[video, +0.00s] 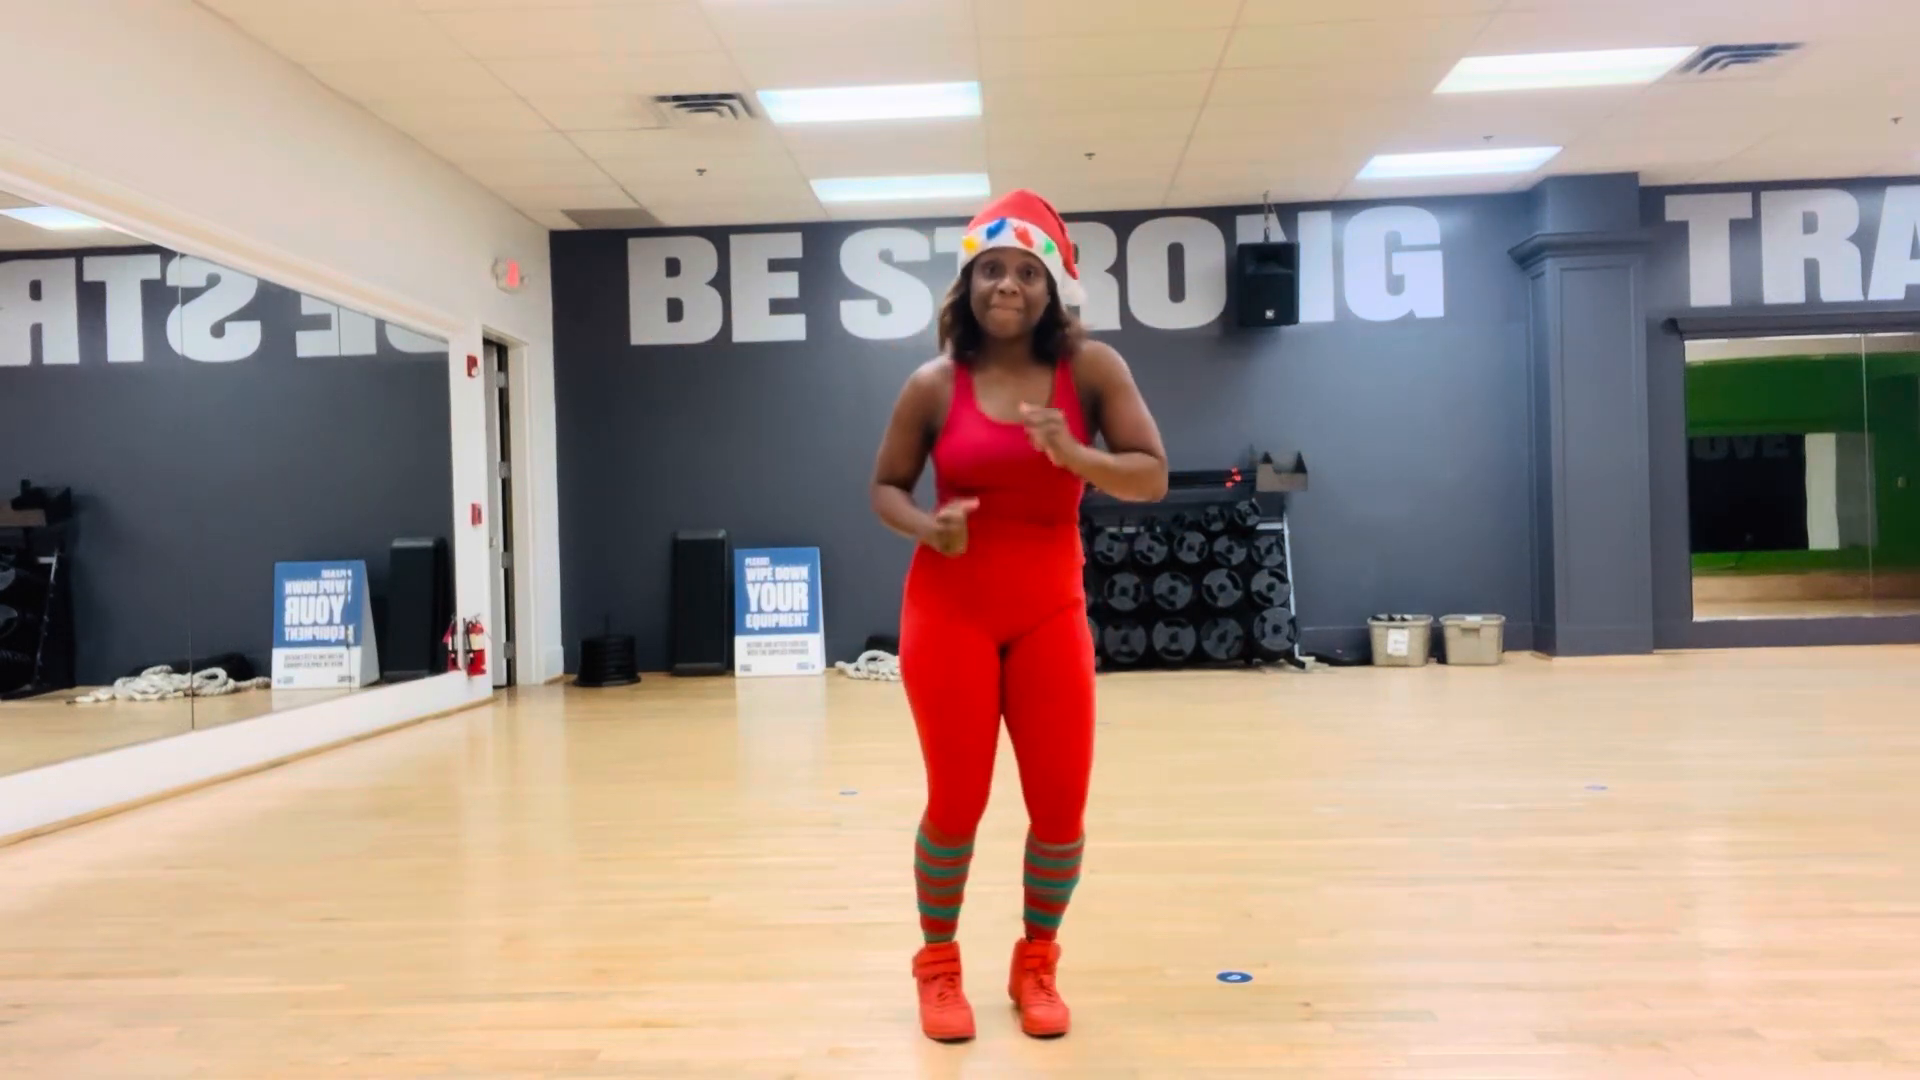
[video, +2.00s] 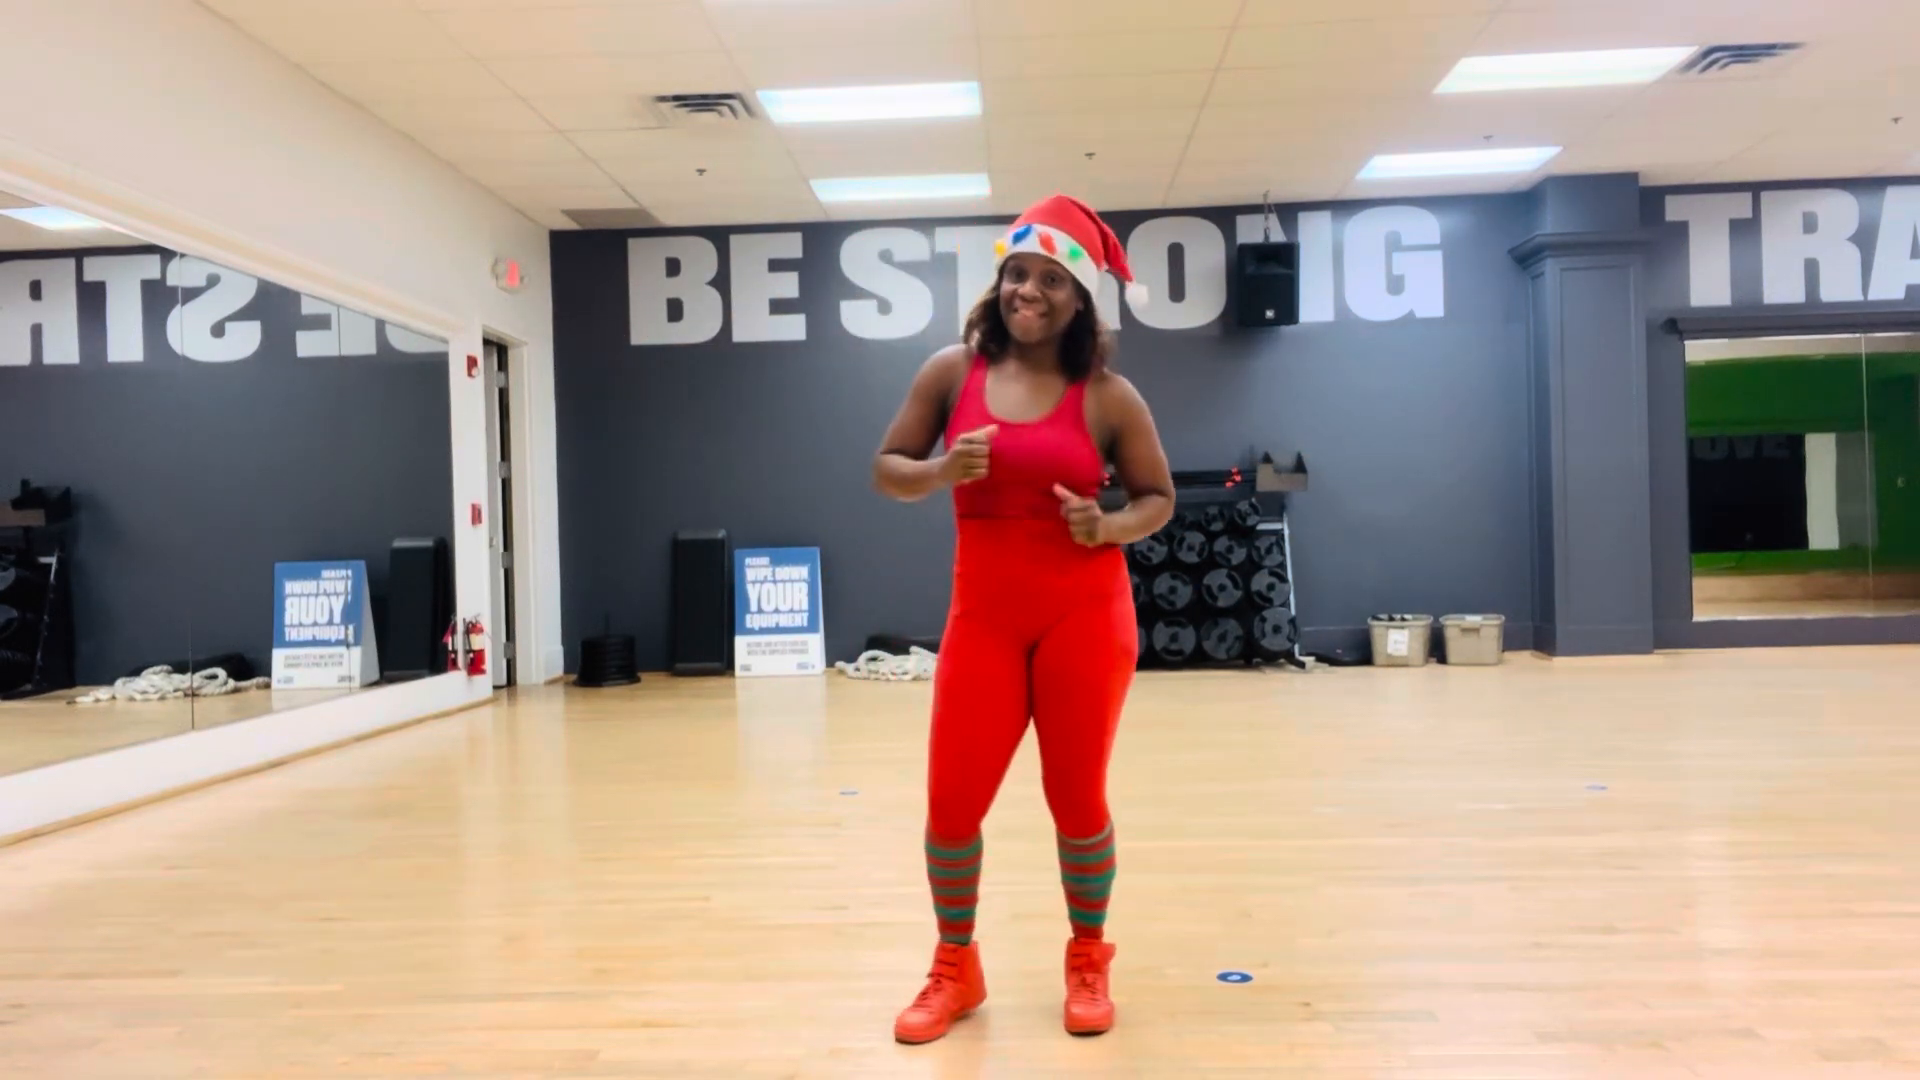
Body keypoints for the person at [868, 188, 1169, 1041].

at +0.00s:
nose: (1005, 287)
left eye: (1024, 273)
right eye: (990, 271)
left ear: (1050, 288)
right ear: (968, 285)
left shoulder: (1092, 366)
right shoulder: (935, 385)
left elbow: (1152, 477)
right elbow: (886, 488)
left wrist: (1078, 458)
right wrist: (924, 523)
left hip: (1051, 610)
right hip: (948, 609)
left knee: (1061, 807)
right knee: (956, 803)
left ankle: (1036, 968)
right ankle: (938, 968)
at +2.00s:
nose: (1032, 291)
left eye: (1052, 280)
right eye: (1019, 274)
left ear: (1081, 299)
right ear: (999, 285)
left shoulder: (1108, 396)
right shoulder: (951, 373)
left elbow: (1158, 499)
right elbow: (888, 472)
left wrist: (1110, 527)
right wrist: (940, 470)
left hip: (1085, 611)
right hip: (982, 611)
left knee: (1077, 796)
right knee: (950, 803)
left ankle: (1088, 966)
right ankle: (954, 969)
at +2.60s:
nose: (982, 295)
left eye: (999, 282)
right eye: (966, 280)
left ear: (1021, 299)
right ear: (942, 295)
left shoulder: (1054, 394)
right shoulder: (899, 384)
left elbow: (1102, 485)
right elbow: (837, 489)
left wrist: (1080, 513)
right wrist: (908, 474)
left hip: (1055, 612)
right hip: (950, 618)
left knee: (1065, 793)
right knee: (934, 808)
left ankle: (1094, 962)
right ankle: (929, 973)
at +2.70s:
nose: (963, 287)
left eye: (978, 273)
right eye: (945, 274)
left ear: (1000, 288)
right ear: (922, 290)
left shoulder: (1036, 381)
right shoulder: (882, 379)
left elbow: (1083, 485)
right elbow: (824, 484)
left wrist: (1048, 494)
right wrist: (890, 484)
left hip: (1039, 603)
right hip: (935, 609)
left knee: (1062, 787)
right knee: (930, 799)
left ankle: (1091, 958)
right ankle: (927, 971)